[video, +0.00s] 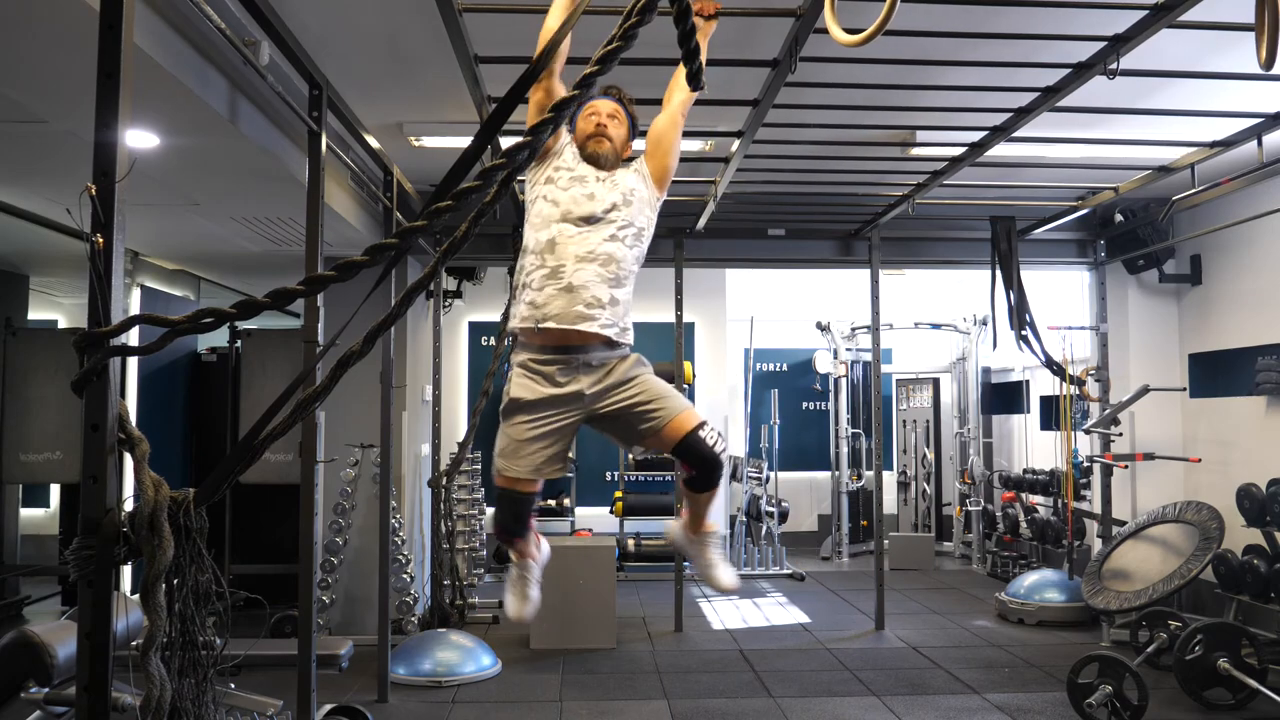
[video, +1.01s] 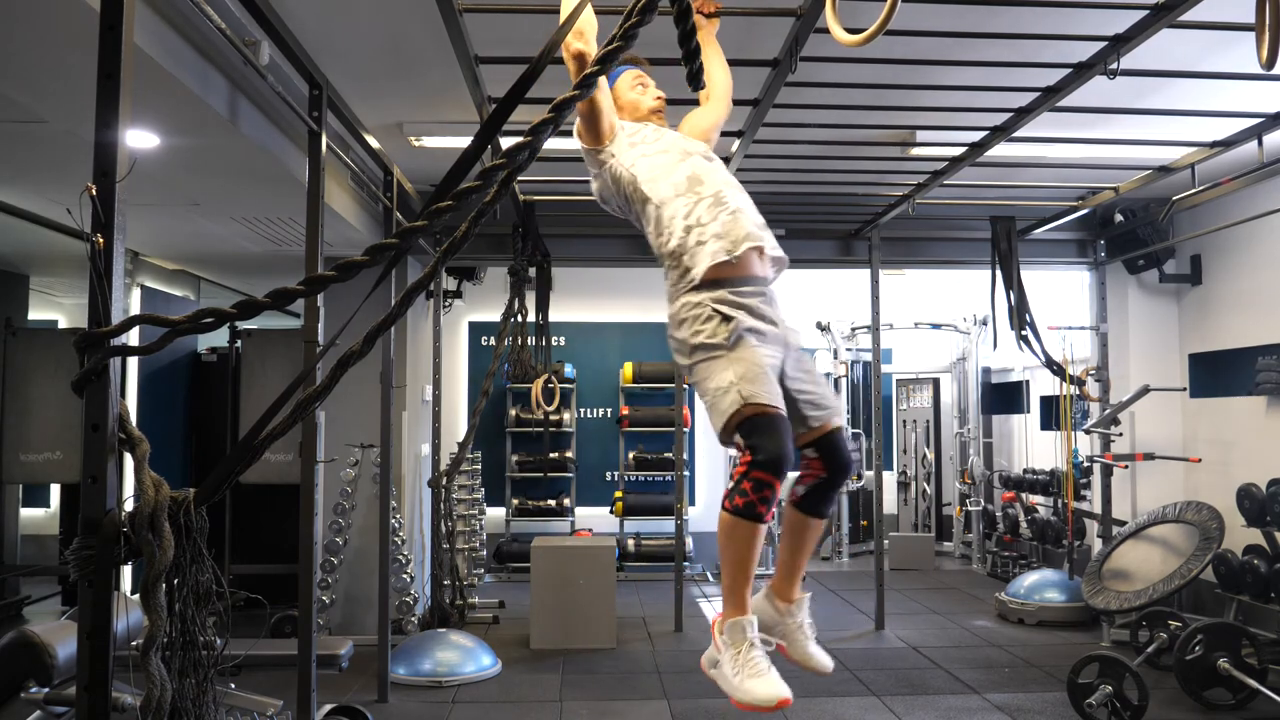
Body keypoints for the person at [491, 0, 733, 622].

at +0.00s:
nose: (600, 116)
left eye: (613, 113)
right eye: (590, 112)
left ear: (630, 139)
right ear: (571, 130)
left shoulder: (644, 181)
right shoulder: (549, 162)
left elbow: (678, 103)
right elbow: (546, 67)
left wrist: (701, 32)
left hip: (612, 363)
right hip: (535, 366)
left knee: (706, 457)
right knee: (509, 517)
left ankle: (695, 531)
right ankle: (527, 557)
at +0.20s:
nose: (622, 115)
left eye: (631, 112)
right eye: (609, 108)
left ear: (640, 130)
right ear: (581, 126)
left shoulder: (652, 172)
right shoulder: (560, 168)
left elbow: (681, 102)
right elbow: (555, 67)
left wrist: (701, 34)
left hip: (647, 366)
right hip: (573, 377)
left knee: (759, 450)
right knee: (577, 536)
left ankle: (766, 553)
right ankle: (582, 622)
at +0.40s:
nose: (662, 100)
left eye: (668, 98)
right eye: (647, 96)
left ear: (678, 121)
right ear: (620, 120)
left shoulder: (692, 165)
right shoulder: (612, 161)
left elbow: (704, 92)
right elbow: (588, 68)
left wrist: (707, 30)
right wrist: (583, 28)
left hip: (729, 363)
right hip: (657, 371)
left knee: (830, 468)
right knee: (648, 538)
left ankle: (798, 581)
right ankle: (617, 652)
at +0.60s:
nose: (695, 85)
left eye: (695, 81)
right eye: (679, 82)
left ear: (699, 109)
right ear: (653, 108)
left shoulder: (720, 151)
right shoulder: (648, 151)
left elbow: (719, 96)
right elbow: (613, 77)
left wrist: (707, 32)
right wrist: (592, 25)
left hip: (791, 336)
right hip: (725, 344)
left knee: (879, 461)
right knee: (719, 518)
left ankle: (822, 580)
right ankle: (657, 649)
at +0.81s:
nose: (681, 83)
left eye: (686, 80)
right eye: (666, 80)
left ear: (692, 104)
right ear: (641, 104)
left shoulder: (713, 145)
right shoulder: (640, 152)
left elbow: (722, 93)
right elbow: (604, 88)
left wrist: (708, 35)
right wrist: (592, 51)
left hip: (803, 320)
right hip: (743, 326)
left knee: (895, 447)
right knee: (769, 487)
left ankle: (829, 575)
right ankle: (713, 651)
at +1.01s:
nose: (644, 78)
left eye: (649, 76)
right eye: (631, 78)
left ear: (663, 97)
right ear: (612, 104)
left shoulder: (691, 138)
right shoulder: (614, 152)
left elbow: (718, 94)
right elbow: (592, 123)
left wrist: (706, 29)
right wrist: (585, 76)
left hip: (768, 302)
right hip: (712, 307)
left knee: (832, 458)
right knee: (766, 453)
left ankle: (781, 601)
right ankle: (731, 633)